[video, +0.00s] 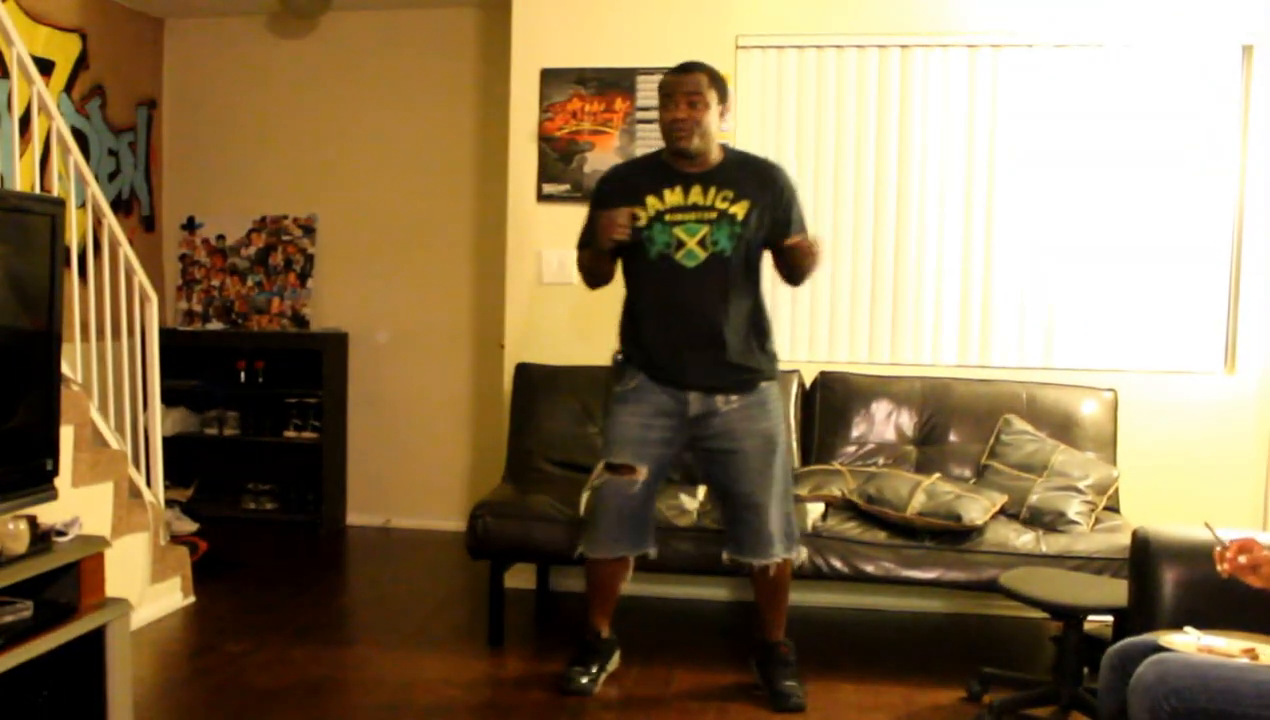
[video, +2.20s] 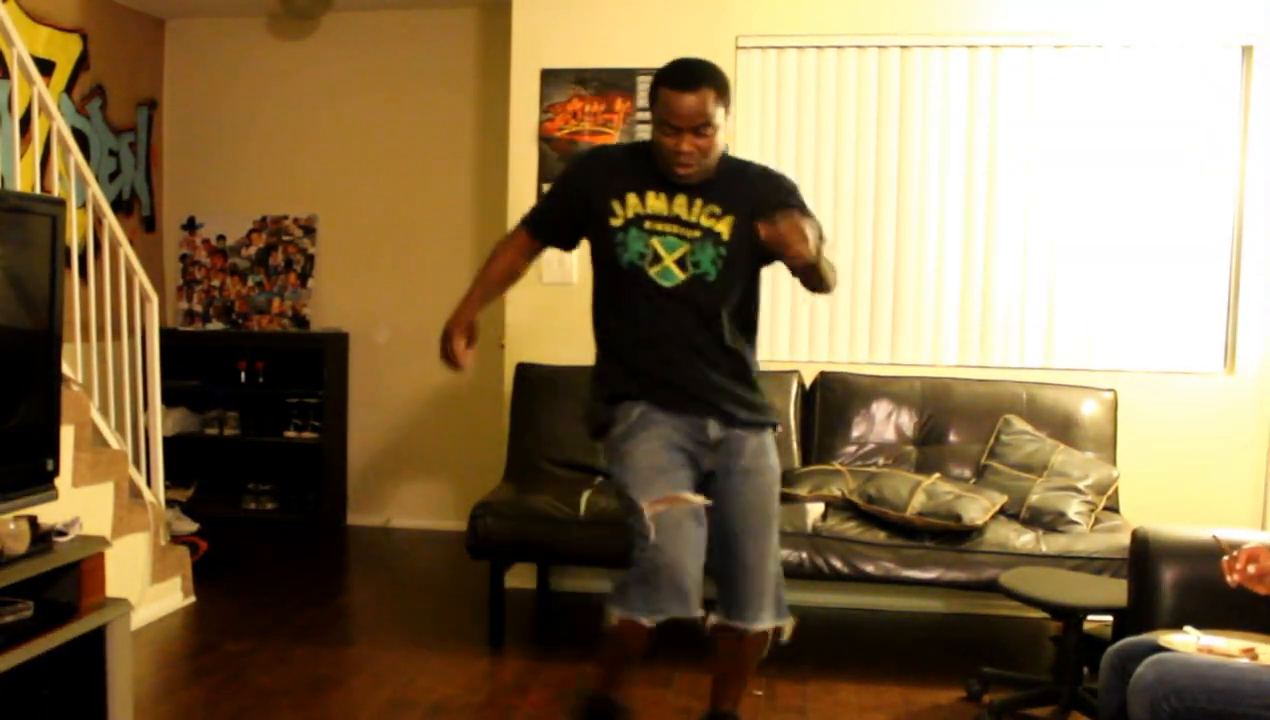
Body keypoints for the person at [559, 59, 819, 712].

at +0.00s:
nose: (680, 112)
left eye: (694, 102)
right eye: (670, 102)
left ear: (723, 111)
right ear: (659, 113)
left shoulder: (763, 181)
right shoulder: (625, 183)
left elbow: (792, 271)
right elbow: (593, 278)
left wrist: (801, 254)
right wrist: (602, 241)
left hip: (741, 382)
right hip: (648, 380)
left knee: (768, 524)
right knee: (614, 502)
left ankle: (776, 650)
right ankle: (597, 641)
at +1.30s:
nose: (656, 107)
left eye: (669, 94)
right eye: (641, 94)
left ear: (689, 101)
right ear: (621, 103)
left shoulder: (731, 180)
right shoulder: (583, 180)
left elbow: (775, 271)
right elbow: (549, 280)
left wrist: (743, 329)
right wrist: (620, 280)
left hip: (700, 403)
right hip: (602, 398)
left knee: (737, 557)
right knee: (580, 542)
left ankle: (754, 673)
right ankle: (549, 699)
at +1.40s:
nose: (639, 111)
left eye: (651, 97)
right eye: (625, 99)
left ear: (671, 100)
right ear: (602, 105)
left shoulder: (714, 164)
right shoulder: (567, 177)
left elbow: (760, 265)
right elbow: (527, 279)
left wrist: (786, 368)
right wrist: (601, 291)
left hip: (660, 391)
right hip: (568, 383)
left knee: (656, 542)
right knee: (549, 532)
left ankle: (720, 662)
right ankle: (546, 695)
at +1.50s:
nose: (628, 115)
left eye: (639, 101)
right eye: (613, 103)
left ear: (658, 100)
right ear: (589, 107)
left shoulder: (704, 156)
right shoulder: (559, 178)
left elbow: (753, 261)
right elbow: (520, 282)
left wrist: (797, 364)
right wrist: (569, 336)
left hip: (636, 390)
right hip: (549, 380)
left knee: (583, 536)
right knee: (530, 538)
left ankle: (631, 672)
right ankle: (543, 697)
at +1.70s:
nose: (613, 121)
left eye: (627, 108)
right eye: (599, 107)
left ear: (646, 106)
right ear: (573, 105)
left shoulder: (688, 171)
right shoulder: (534, 177)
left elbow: (738, 265)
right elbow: (515, 283)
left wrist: (751, 362)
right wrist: (489, 384)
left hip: (646, 393)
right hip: (552, 389)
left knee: (647, 565)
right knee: (524, 552)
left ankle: (626, 687)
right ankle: (546, 697)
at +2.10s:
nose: (667, 137)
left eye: (682, 123)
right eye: (653, 121)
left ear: (707, 115)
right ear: (632, 113)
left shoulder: (747, 181)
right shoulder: (593, 175)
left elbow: (798, 264)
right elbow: (531, 254)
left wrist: (803, 292)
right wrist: (471, 332)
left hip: (725, 410)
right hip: (629, 405)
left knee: (737, 591)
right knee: (627, 558)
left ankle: (723, 716)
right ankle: (537, 670)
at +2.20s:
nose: (685, 144)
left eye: (701, 130)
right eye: (672, 128)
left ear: (724, 124)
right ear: (651, 118)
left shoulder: (759, 190)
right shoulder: (601, 175)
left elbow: (823, 283)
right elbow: (528, 240)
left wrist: (806, 256)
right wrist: (466, 312)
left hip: (740, 416)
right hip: (643, 409)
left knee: (752, 602)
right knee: (670, 565)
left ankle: (724, 715)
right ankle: (602, 697)